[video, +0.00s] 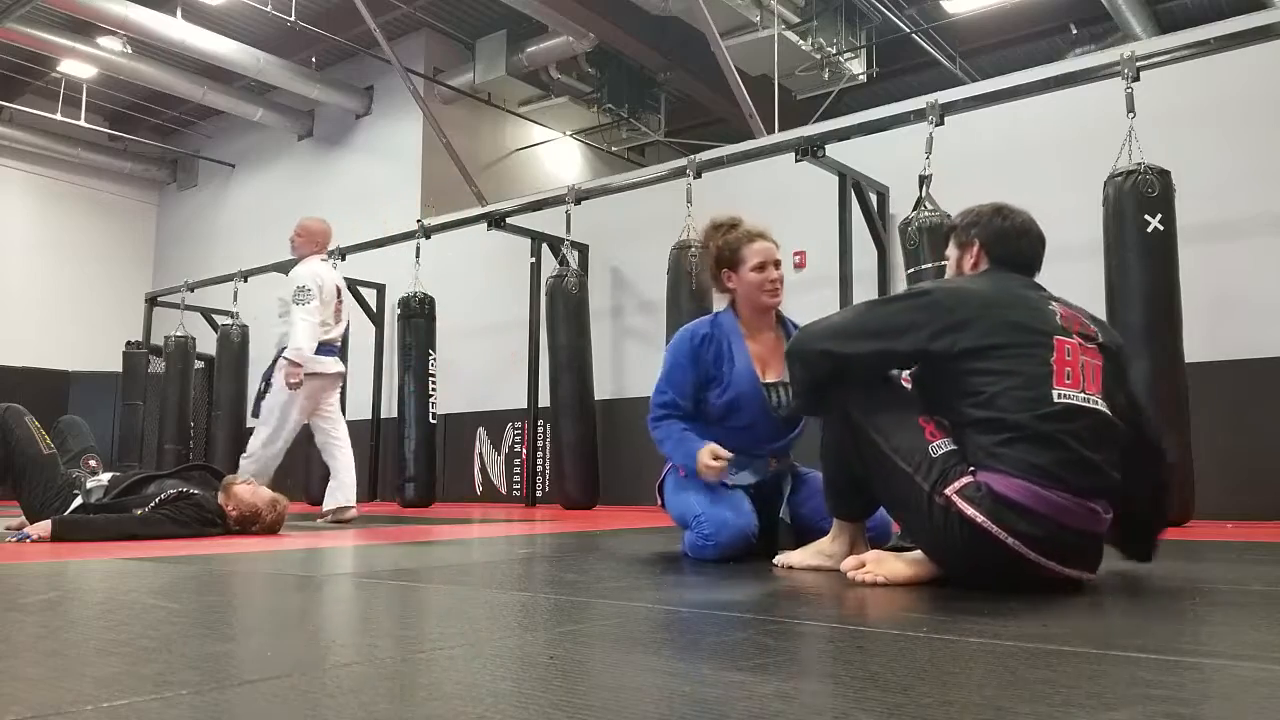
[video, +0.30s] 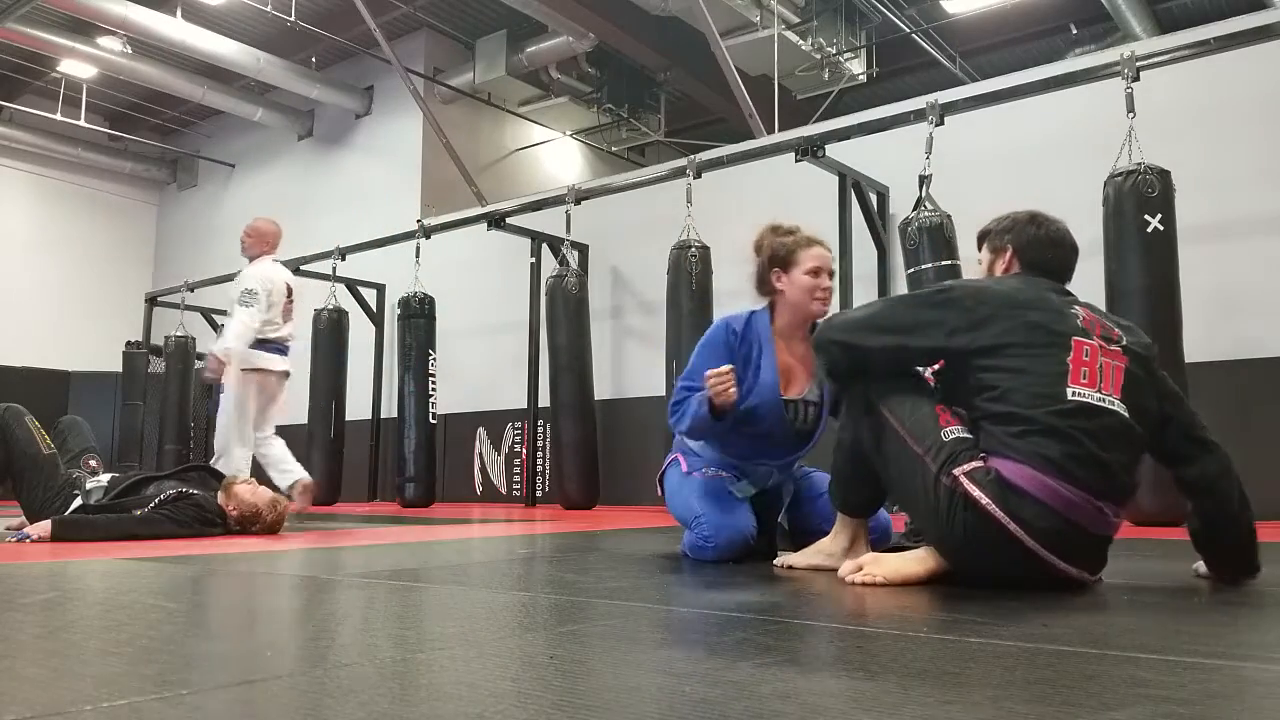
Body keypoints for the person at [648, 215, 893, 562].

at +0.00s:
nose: (775, 276)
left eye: (778, 266)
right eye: (760, 268)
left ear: (784, 269)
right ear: (730, 279)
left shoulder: (799, 340)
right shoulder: (695, 341)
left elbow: (833, 401)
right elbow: (664, 418)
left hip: (778, 475)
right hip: (704, 477)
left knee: (876, 527)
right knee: (733, 534)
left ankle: (776, 529)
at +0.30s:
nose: (827, 284)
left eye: (830, 276)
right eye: (814, 273)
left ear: (833, 281)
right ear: (779, 280)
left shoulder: (828, 349)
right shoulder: (731, 334)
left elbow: (852, 414)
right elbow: (681, 417)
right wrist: (713, 405)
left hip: (779, 475)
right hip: (705, 469)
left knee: (876, 529)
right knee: (731, 538)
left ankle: (777, 524)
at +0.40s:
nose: (839, 287)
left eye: (843, 277)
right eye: (828, 274)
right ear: (792, 276)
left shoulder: (837, 347)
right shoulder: (739, 332)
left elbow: (855, 412)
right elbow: (708, 411)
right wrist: (752, 391)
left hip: (785, 469)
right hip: (708, 464)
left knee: (877, 530)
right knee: (729, 539)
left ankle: (783, 526)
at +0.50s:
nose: (846, 289)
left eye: (848, 279)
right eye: (837, 276)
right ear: (799, 273)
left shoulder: (835, 342)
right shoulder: (741, 331)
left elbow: (860, 412)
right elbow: (744, 404)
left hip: (788, 466)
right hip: (710, 461)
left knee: (881, 532)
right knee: (730, 539)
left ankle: (783, 519)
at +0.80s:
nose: (834, 291)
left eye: (835, 281)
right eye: (827, 279)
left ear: (795, 278)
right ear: (790, 276)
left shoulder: (833, 339)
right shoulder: (726, 334)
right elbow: (756, 409)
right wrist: (832, 391)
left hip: (785, 465)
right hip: (708, 461)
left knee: (880, 533)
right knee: (727, 540)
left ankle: (779, 523)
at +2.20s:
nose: (886, 307)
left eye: (889, 296)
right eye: (883, 294)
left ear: (848, 283)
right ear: (847, 280)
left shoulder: (863, 339)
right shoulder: (770, 329)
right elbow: (781, 434)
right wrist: (834, 385)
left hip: (792, 452)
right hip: (719, 440)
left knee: (881, 535)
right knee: (727, 543)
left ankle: (770, 529)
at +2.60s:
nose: (939, 309)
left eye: (945, 300)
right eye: (938, 297)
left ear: (908, 281)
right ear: (906, 280)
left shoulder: (912, 331)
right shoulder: (816, 308)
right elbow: (805, 413)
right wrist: (892, 386)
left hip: (813, 445)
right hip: (740, 423)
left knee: (884, 537)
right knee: (726, 544)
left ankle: (775, 530)